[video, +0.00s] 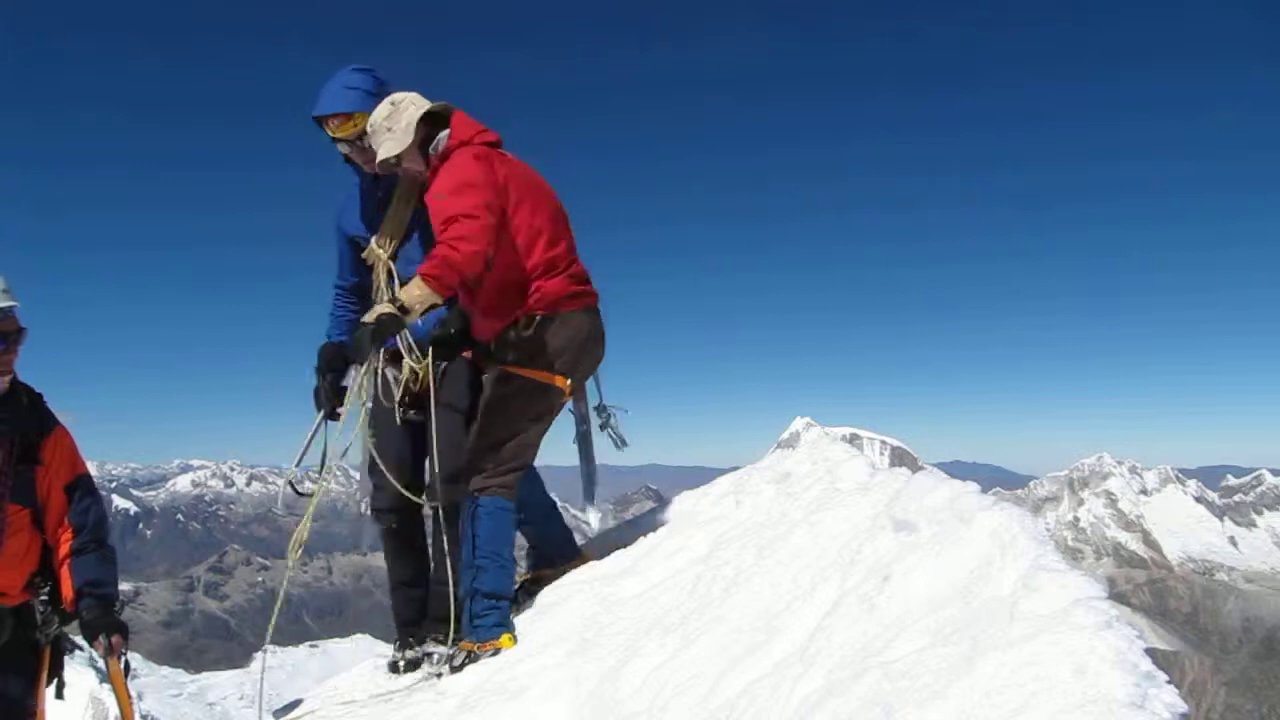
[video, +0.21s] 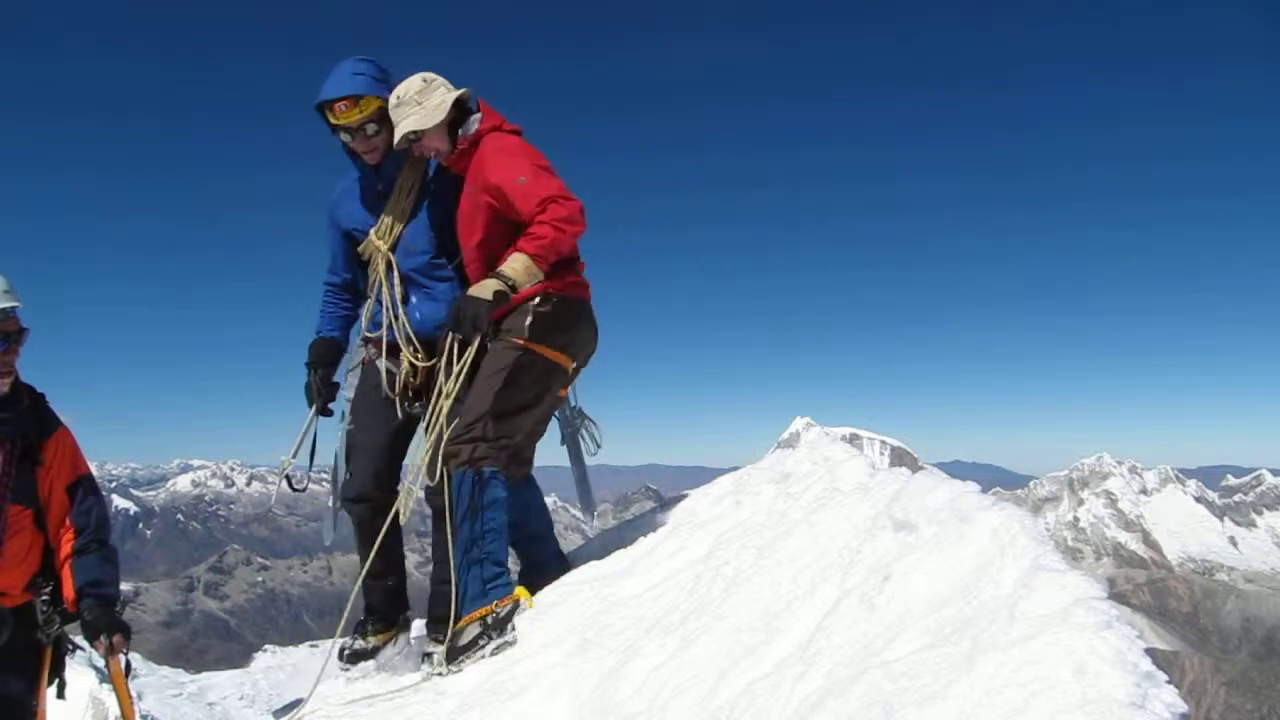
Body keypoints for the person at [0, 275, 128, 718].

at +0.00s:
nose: (9, 349)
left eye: (15, 337)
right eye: (1, 338)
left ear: (23, 338)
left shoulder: (34, 422)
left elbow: (78, 519)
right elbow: (78, 518)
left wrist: (95, 603)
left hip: (15, 622)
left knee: (18, 707)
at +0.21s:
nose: (10, 351)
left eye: (16, 337)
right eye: (2, 338)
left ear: (24, 339)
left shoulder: (36, 423)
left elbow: (80, 519)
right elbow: (80, 518)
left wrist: (96, 602)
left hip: (17, 622)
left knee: (17, 706)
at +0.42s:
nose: (10, 352)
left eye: (16, 339)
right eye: (1, 340)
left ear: (24, 340)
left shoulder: (36, 423)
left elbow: (80, 520)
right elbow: (80, 519)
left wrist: (97, 603)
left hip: (17, 622)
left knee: (18, 706)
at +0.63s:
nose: (8, 353)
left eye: (14, 341)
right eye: (1, 342)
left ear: (21, 342)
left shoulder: (33, 421)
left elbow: (80, 517)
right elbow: (80, 516)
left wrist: (96, 602)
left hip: (17, 620)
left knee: (17, 706)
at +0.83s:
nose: (5, 355)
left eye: (10, 343)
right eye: (0, 343)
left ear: (16, 344)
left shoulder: (27, 418)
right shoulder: (25, 418)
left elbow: (77, 515)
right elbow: (77, 515)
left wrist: (94, 602)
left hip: (16, 620)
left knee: (16, 706)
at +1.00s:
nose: (4, 355)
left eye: (7, 343)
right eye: (0, 343)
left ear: (12, 346)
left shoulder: (26, 421)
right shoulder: (24, 421)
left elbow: (73, 518)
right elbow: (73, 517)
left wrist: (93, 603)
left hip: (14, 620)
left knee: (15, 705)